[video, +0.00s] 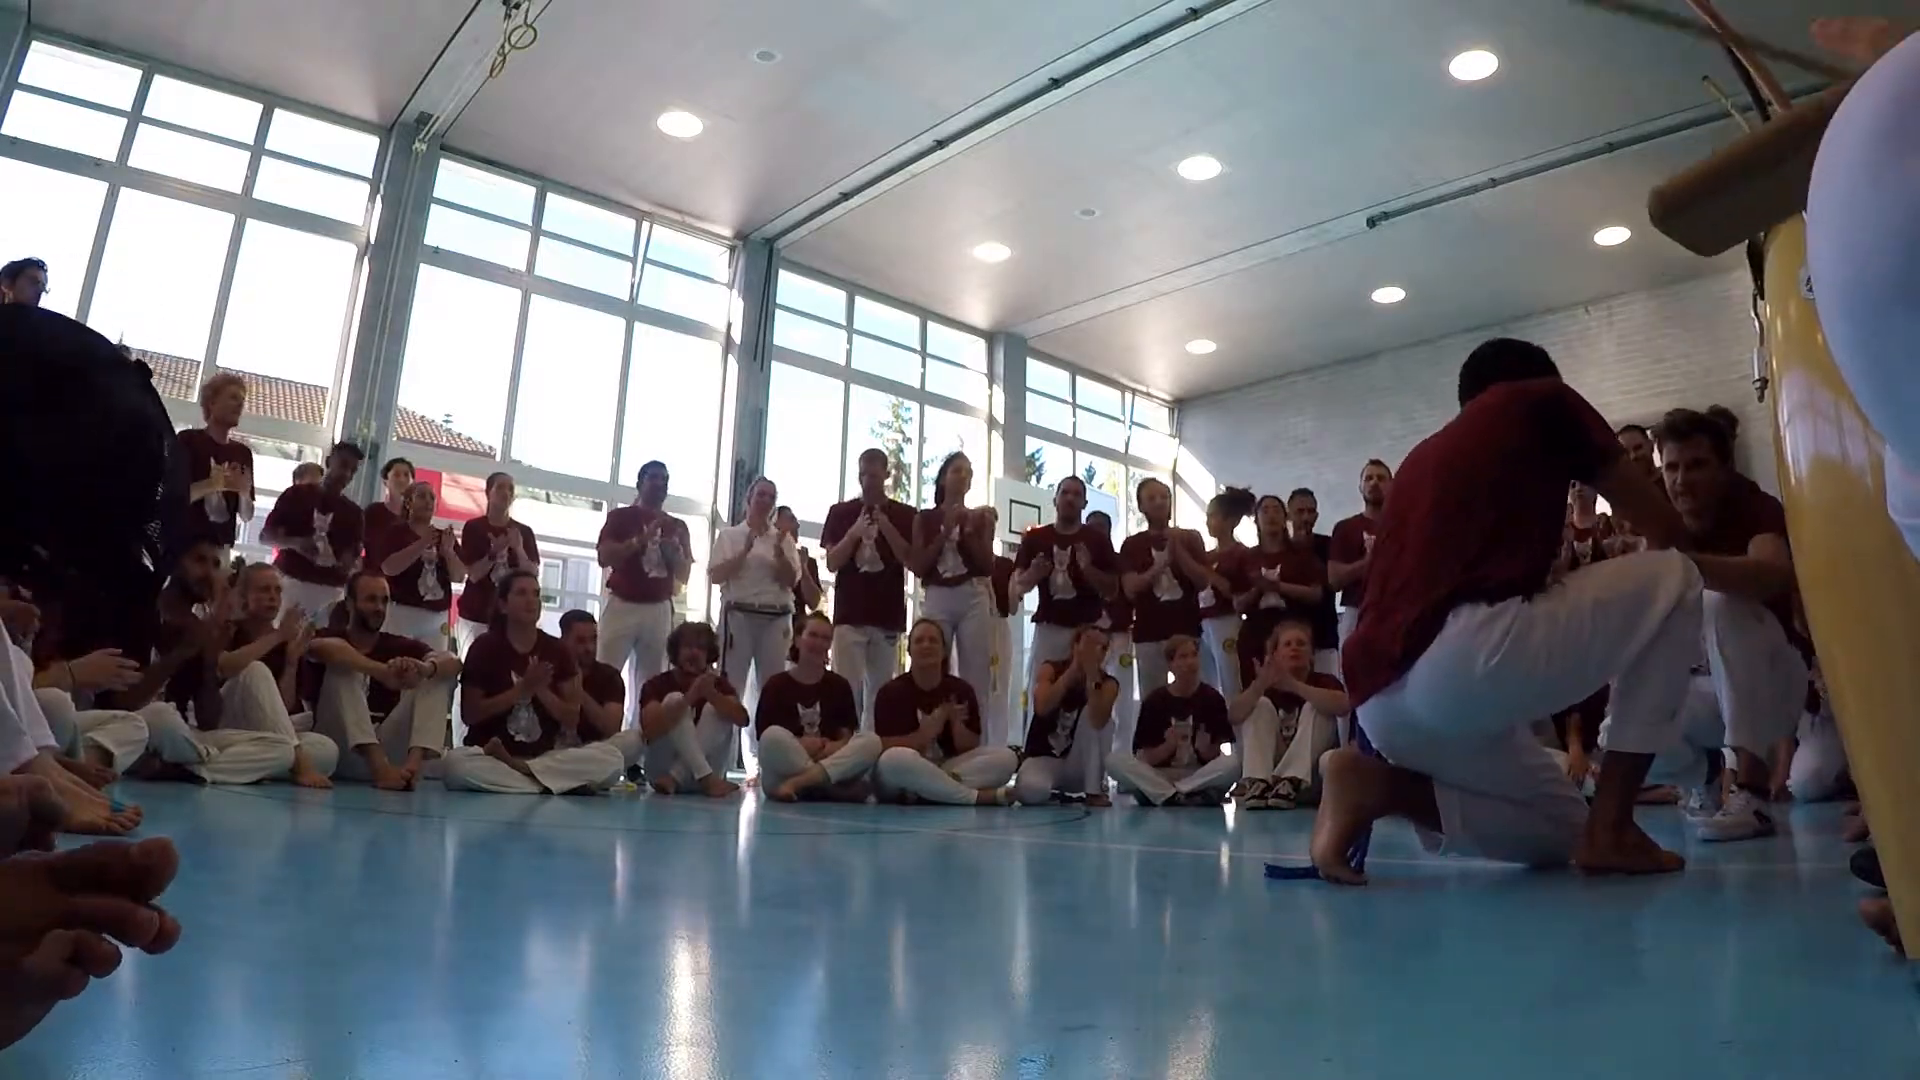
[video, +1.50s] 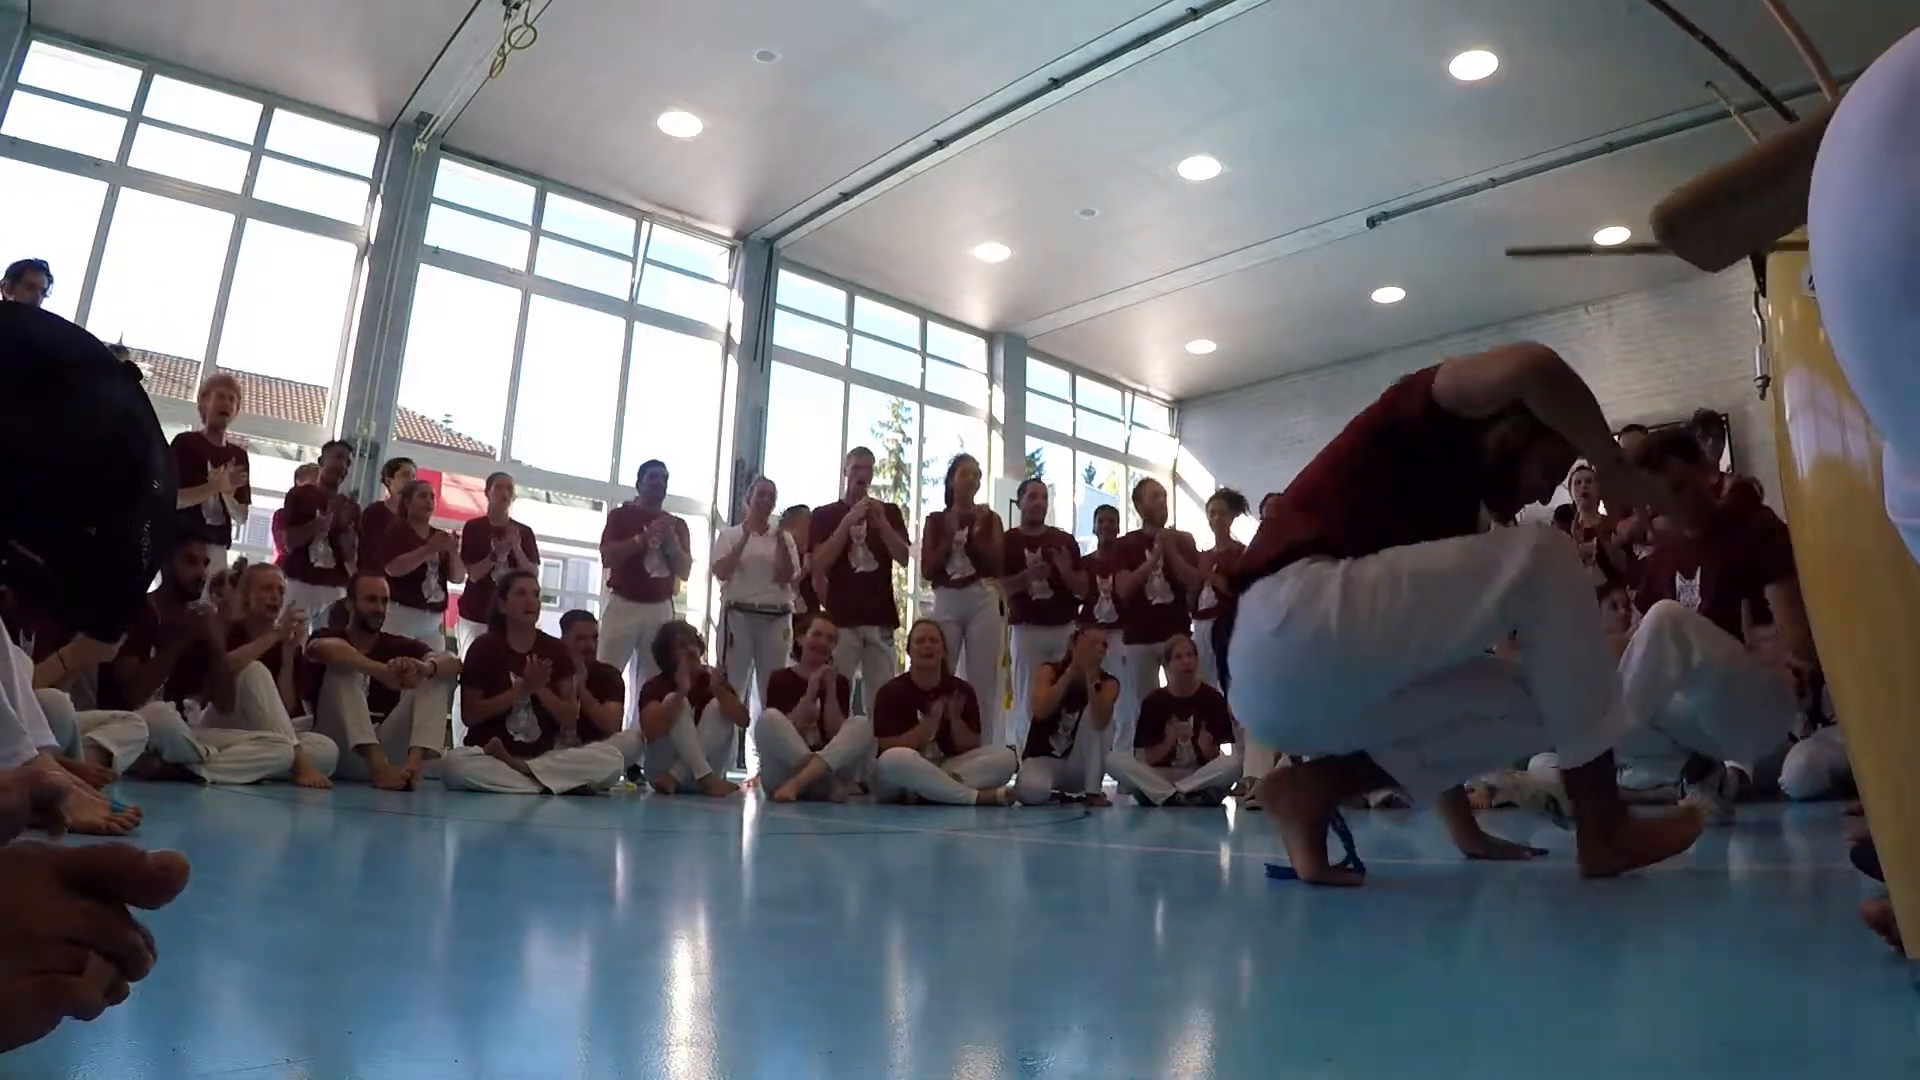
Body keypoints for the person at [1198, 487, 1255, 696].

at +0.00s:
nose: (1207, 521)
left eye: (1212, 516)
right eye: (1207, 515)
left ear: (1231, 520)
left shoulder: (1242, 554)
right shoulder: (1208, 556)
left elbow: (1236, 591)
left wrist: (1207, 571)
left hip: (1226, 619)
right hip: (1204, 620)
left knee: (1231, 685)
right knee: (1207, 684)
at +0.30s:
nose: (1217, 519)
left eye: (1223, 514)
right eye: (1213, 514)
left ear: (1235, 517)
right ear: (1208, 516)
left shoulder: (1243, 553)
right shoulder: (1206, 554)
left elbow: (1241, 595)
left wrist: (1210, 572)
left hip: (1228, 618)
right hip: (1203, 619)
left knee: (1234, 688)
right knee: (1206, 687)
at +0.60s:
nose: (1218, 518)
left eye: (1224, 512)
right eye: (1214, 513)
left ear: (1236, 516)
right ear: (1208, 516)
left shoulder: (1245, 553)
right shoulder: (1204, 552)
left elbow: (1245, 596)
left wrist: (1214, 576)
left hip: (1230, 620)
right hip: (1202, 622)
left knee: (1235, 690)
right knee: (1206, 690)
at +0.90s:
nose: (1219, 518)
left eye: (1225, 512)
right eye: (1214, 513)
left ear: (1235, 516)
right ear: (1208, 517)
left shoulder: (1245, 554)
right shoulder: (1204, 555)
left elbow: (1243, 595)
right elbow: (1192, 591)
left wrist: (1212, 574)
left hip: (1230, 621)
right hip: (1202, 624)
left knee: (1235, 692)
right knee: (1205, 693)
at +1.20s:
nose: (1217, 518)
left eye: (1222, 512)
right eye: (1212, 513)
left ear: (1234, 515)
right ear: (1207, 517)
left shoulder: (1245, 553)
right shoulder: (1203, 557)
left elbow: (1244, 595)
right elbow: (1194, 591)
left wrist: (1212, 577)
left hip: (1230, 621)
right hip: (1202, 624)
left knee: (1235, 692)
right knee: (1205, 691)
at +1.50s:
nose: (1216, 519)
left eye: (1222, 513)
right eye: (1212, 513)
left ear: (1233, 516)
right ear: (1207, 517)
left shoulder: (1242, 553)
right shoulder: (1202, 558)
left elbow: (1240, 593)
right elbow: (1192, 600)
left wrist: (1211, 576)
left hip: (1229, 621)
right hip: (1201, 622)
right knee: (1202, 683)